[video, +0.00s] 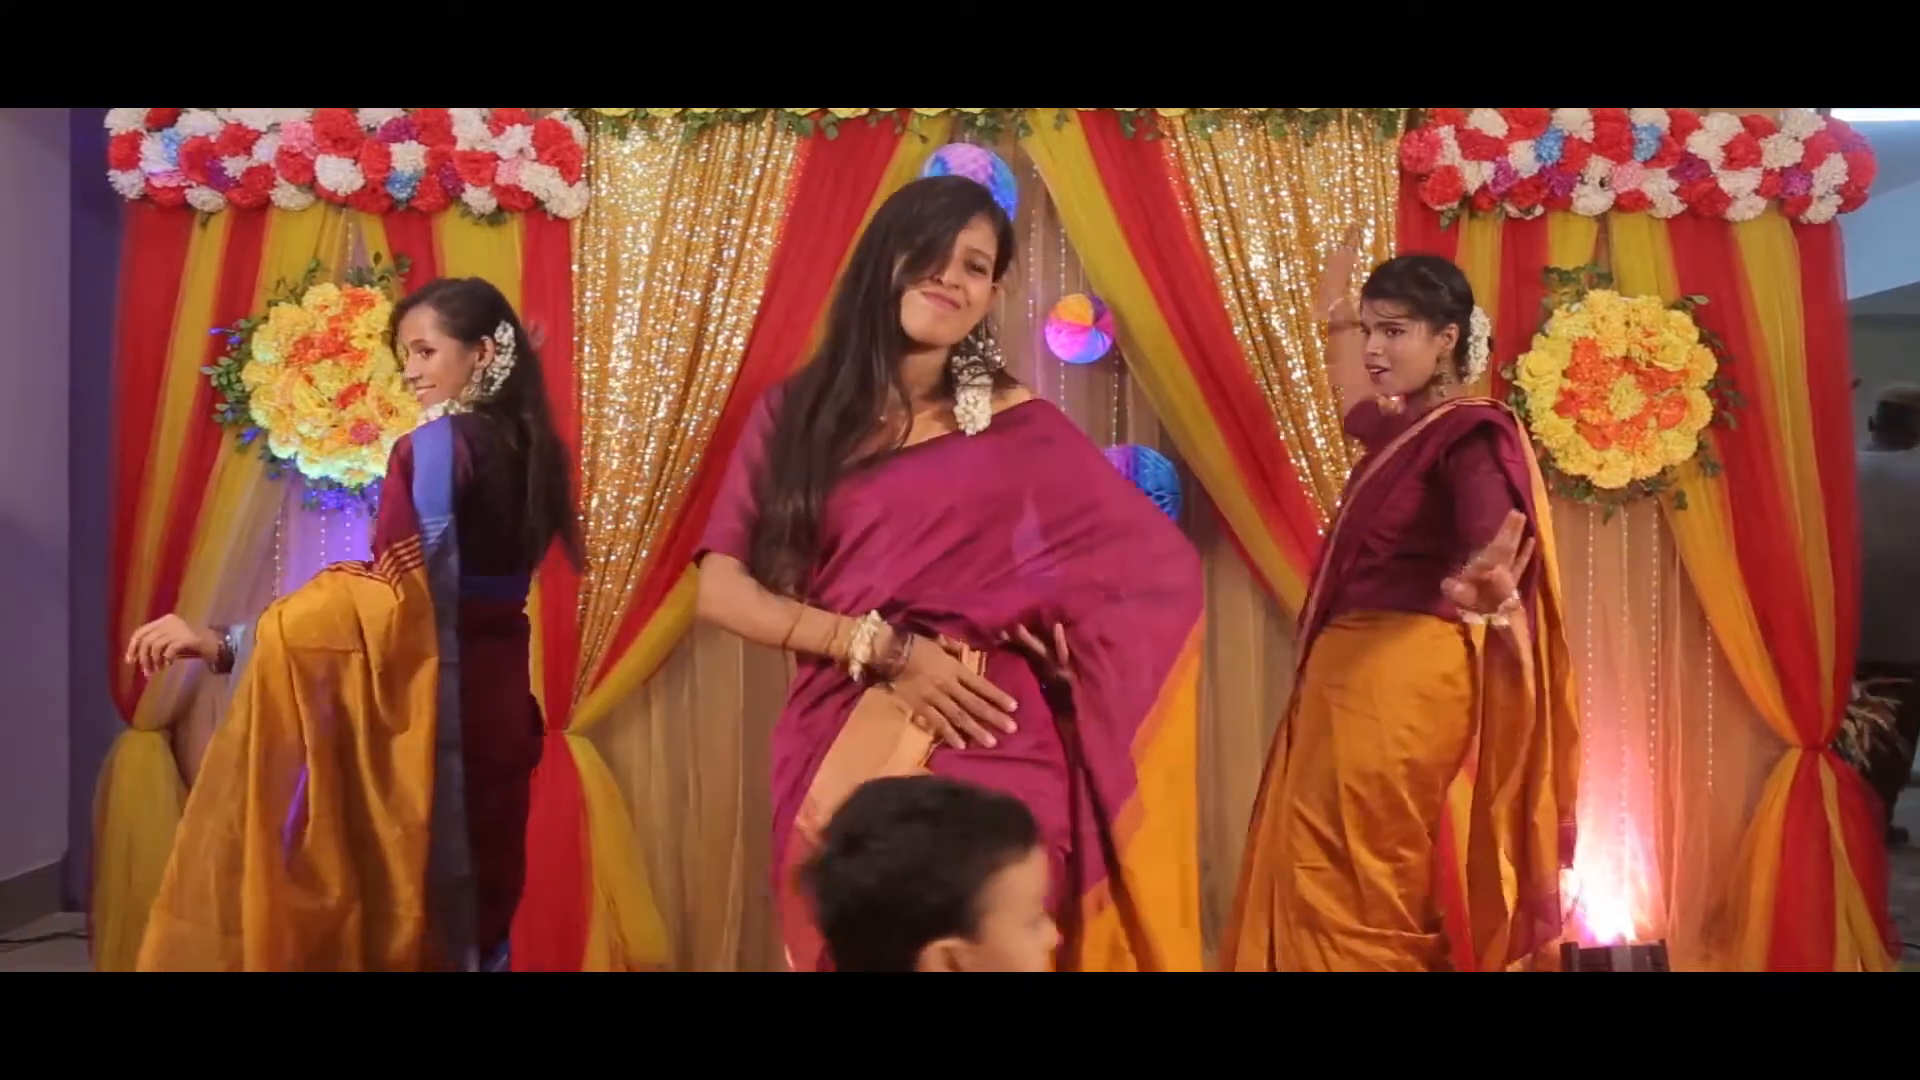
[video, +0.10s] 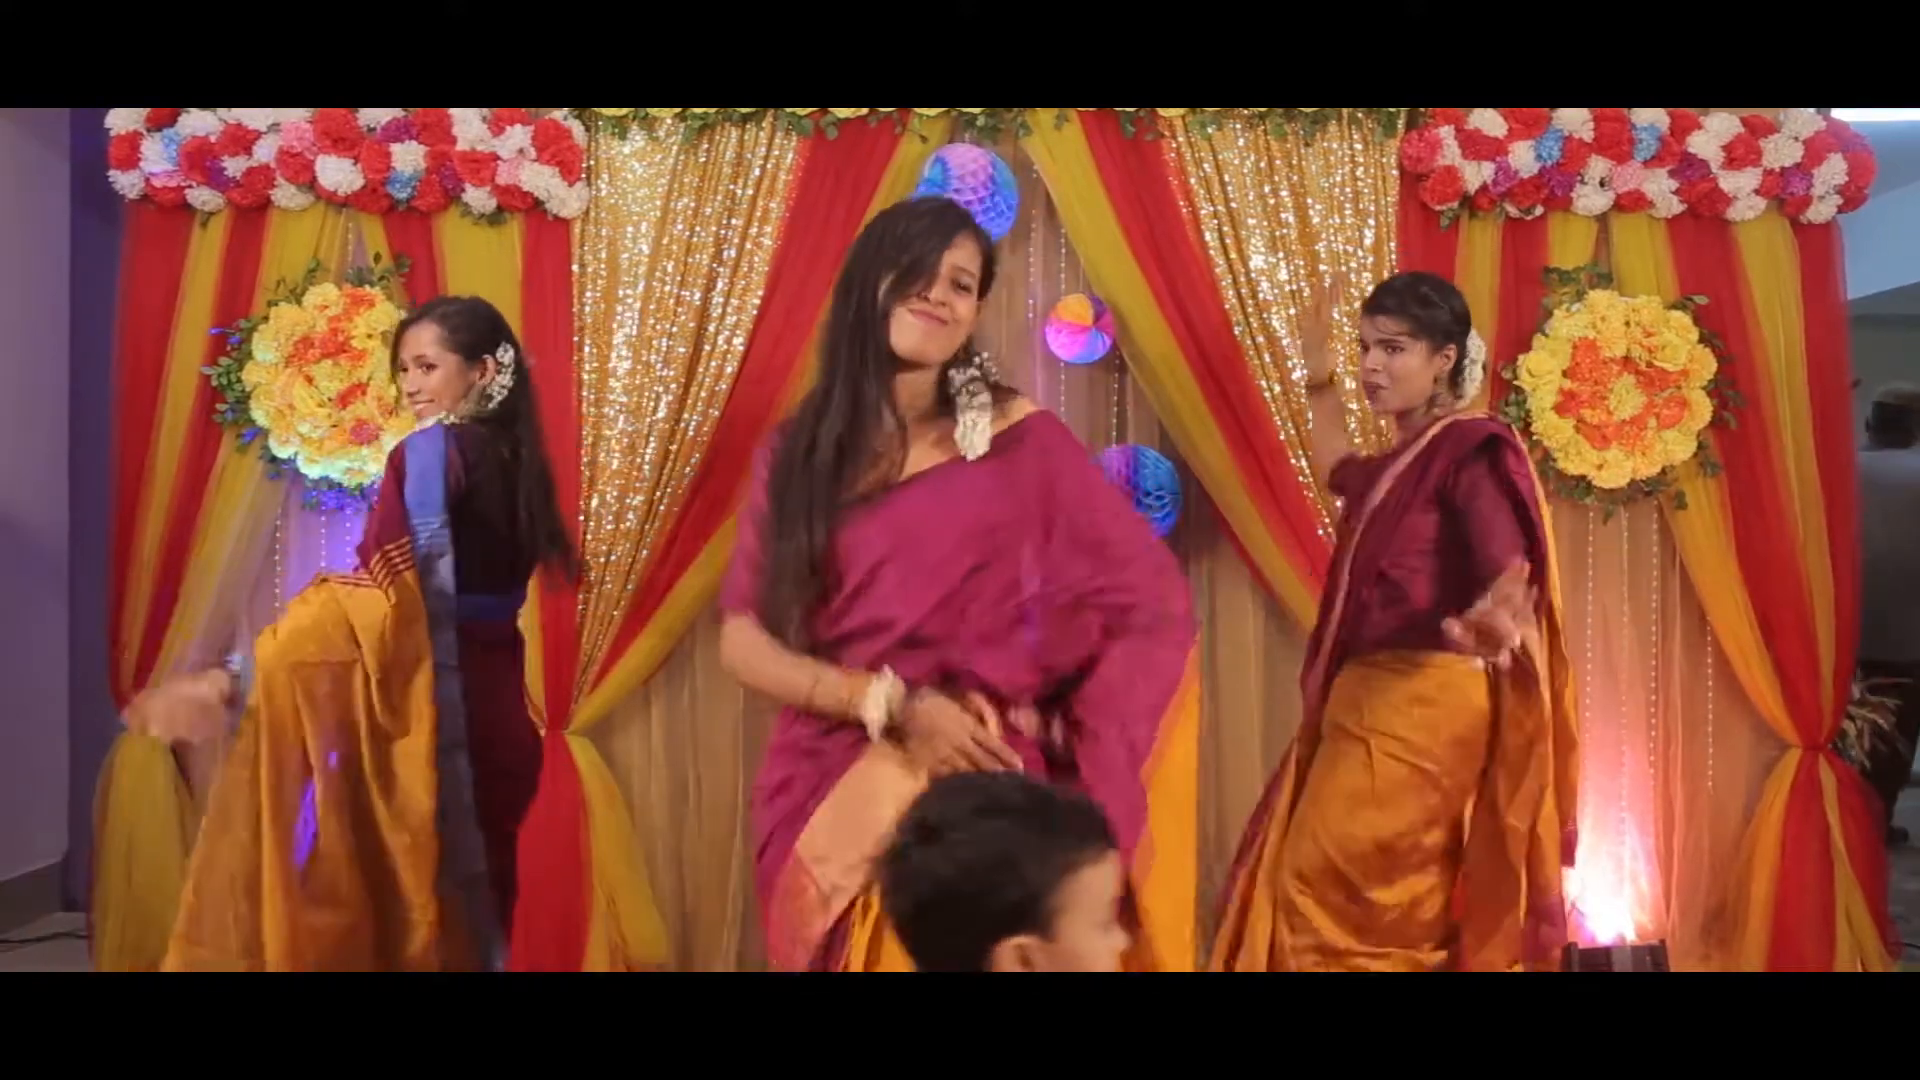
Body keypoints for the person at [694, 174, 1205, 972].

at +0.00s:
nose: (953, 278)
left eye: (978, 267)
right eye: (934, 253)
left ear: (993, 296)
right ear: (886, 259)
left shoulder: (1016, 417)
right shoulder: (791, 413)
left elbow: (1168, 562)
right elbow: (718, 591)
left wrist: (1078, 635)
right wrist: (885, 649)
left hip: (1005, 746)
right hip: (843, 750)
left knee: (1001, 958)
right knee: (844, 957)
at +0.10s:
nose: (938, 296)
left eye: (962, 285)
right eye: (918, 272)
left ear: (979, 314)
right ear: (868, 281)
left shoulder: (1019, 434)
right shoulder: (800, 451)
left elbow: (1158, 600)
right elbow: (741, 645)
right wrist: (896, 705)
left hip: (995, 796)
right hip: (828, 797)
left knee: (994, 961)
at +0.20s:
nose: (925, 301)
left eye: (947, 288)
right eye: (902, 280)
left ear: (967, 319)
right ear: (855, 297)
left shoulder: (1016, 437)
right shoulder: (801, 464)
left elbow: (1136, 603)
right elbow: (752, 659)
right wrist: (920, 715)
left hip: (999, 780)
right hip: (828, 783)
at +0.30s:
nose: (917, 266)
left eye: (939, 253)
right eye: (891, 250)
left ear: (964, 290)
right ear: (847, 273)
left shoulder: (1014, 423)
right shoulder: (788, 427)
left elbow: (1120, 569)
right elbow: (735, 613)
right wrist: (917, 672)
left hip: (1002, 755)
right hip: (840, 753)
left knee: (981, 941)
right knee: (852, 947)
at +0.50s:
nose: (883, 272)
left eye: (907, 252)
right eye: (859, 259)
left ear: (951, 280)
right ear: (836, 295)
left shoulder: (1019, 423)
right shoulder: (796, 433)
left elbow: (1109, 590)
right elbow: (745, 620)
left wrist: (976, 680)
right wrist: (911, 680)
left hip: (1002, 763)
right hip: (842, 762)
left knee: (969, 939)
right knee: (860, 947)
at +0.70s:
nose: (899, 286)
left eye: (921, 265)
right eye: (876, 267)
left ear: (953, 288)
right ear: (838, 291)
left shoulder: (1010, 423)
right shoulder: (794, 436)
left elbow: (1074, 621)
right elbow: (759, 623)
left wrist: (1162, 773)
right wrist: (941, 673)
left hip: (997, 755)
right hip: (844, 755)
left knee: (977, 938)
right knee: (848, 949)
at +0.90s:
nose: (928, 300)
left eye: (947, 278)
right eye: (904, 279)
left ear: (971, 290)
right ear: (860, 290)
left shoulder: (1009, 429)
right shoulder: (800, 424)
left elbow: (1058, 633)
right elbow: (758, 608)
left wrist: (1186, 654)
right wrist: (940, 666)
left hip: (1007, 753)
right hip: (857, 759)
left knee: (1006, 946)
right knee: (869, 957)